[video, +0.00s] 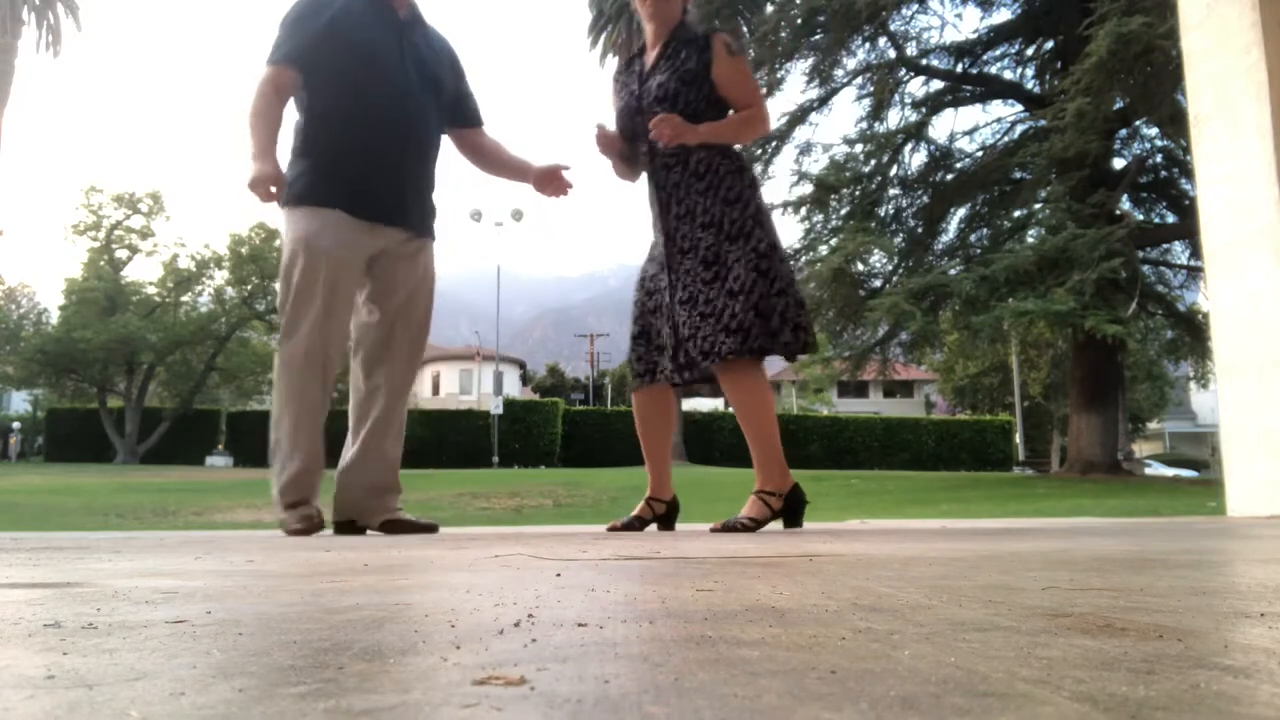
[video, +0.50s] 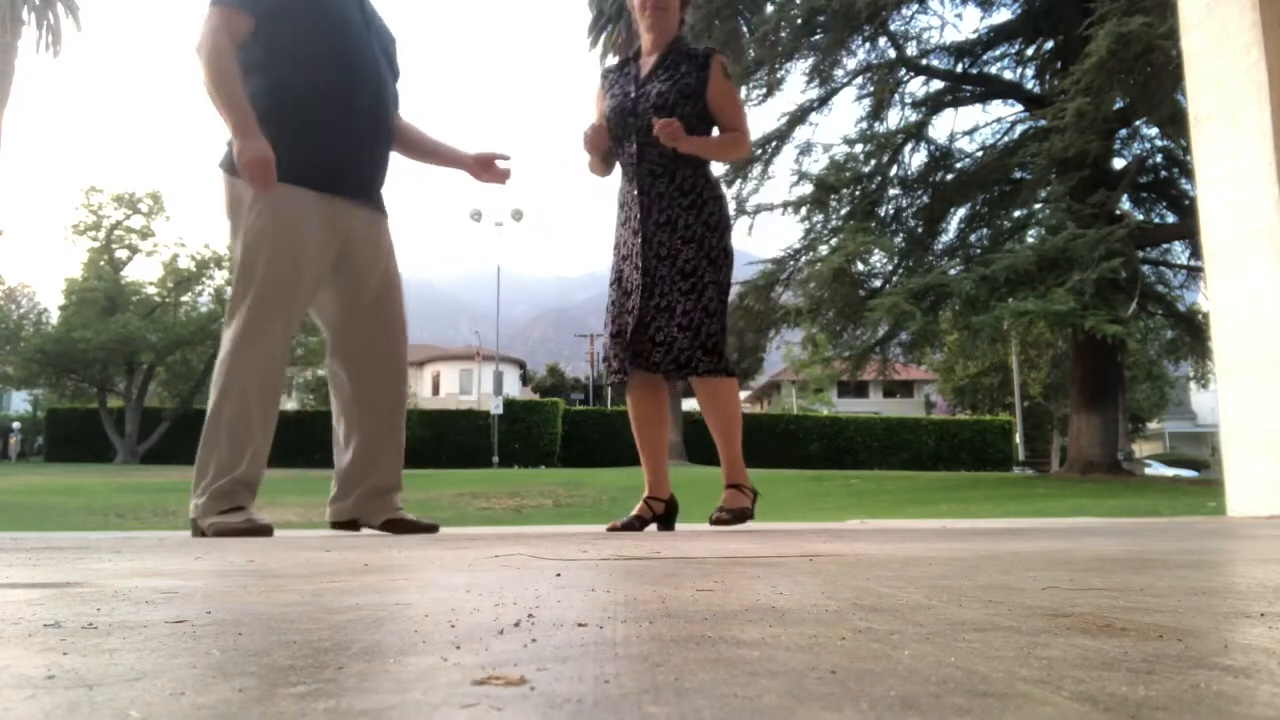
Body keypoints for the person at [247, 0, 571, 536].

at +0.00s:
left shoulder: (438, 49)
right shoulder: (325, 10)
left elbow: (471, 139)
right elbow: (274, 86)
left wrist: (531, 173)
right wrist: (263, 158)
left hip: (407, 224)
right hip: (326, 209)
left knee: (389, 368)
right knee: (309, 357)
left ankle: (366, 507)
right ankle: (297, 503)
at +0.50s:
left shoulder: (377, 29)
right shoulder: (266, 1)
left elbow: (384, 123)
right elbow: (214, 43)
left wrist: (465, 160)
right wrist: (247, 135)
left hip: (360, 206)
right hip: (282, 188)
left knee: (375, 353)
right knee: (257, 346)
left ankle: (366, 500)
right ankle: (221, 505)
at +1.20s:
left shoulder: (352, 32)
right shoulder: (243, 1)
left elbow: (358, 129)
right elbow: (195, 41)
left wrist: (439, 168)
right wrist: (277, 54)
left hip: (323, 201)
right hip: (241, 181)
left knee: (358, 351)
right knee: (247, 343)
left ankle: (341, 505)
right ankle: (219, 506)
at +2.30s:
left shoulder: (365, 16)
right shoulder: (242, 2)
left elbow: (402, 115)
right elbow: (196, 37)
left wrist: (491, 138)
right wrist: (238, 119)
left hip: (332, 192)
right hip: (248, 175)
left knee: (341, 348)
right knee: (236, 344)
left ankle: (340, 504)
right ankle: (219, 505)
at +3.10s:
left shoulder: (353, 38)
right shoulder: (229, 5)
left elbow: (424, 113)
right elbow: (181, 70)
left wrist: (513, 122)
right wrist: (202, 113)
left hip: (314, 208)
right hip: (233, 197)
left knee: (324, 340)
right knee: (239, 350)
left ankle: (266, 485)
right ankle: (250, 503)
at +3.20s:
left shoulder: (353, 47)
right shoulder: (229, 10)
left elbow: (429, 109)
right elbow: (180, 90)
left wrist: (516, 138)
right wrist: (181, 147)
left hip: (303, 221)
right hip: (224, 202)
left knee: (290, 352)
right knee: (233, 353)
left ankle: (184, 459)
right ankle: (251, 504)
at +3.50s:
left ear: (342, 2)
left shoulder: (365, 61)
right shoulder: (249, 31)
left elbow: (436, 104)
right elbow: (194, 107)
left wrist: (521, 111)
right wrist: (184, 169)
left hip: (295, 228)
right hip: (245, 214)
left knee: (234, 353)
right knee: (284, 346)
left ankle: (159, 488)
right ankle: (260, 499)